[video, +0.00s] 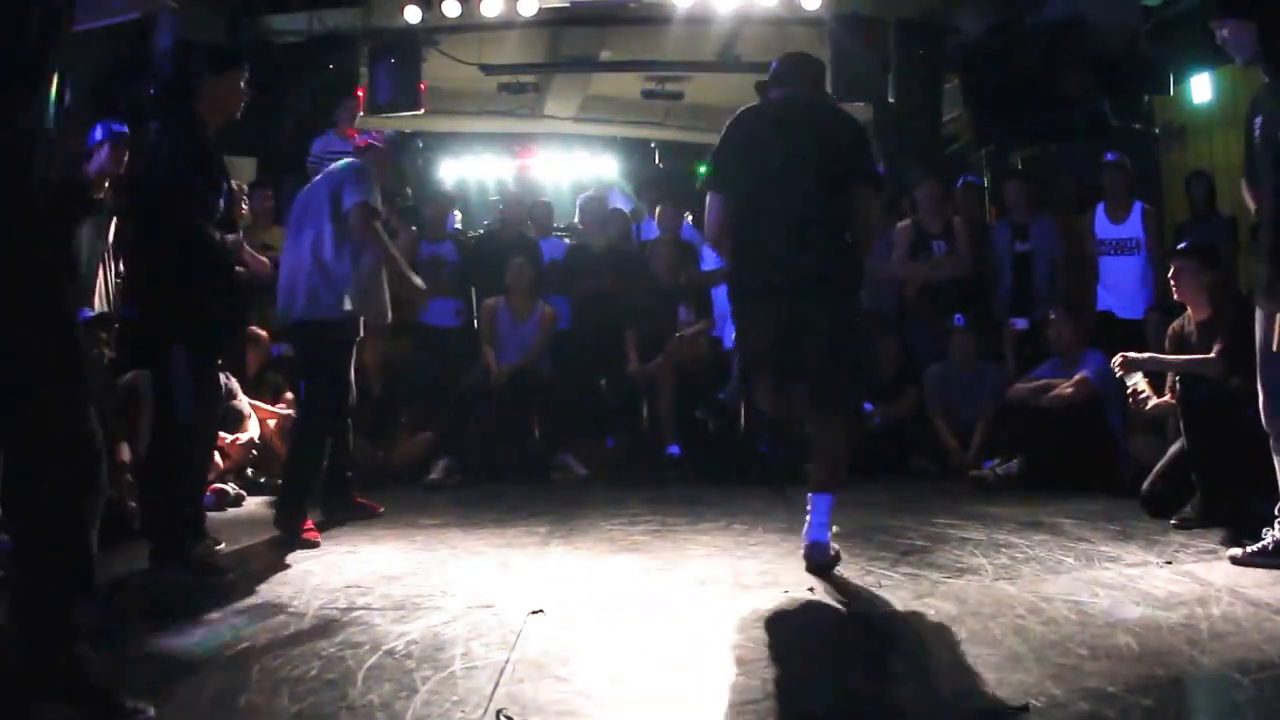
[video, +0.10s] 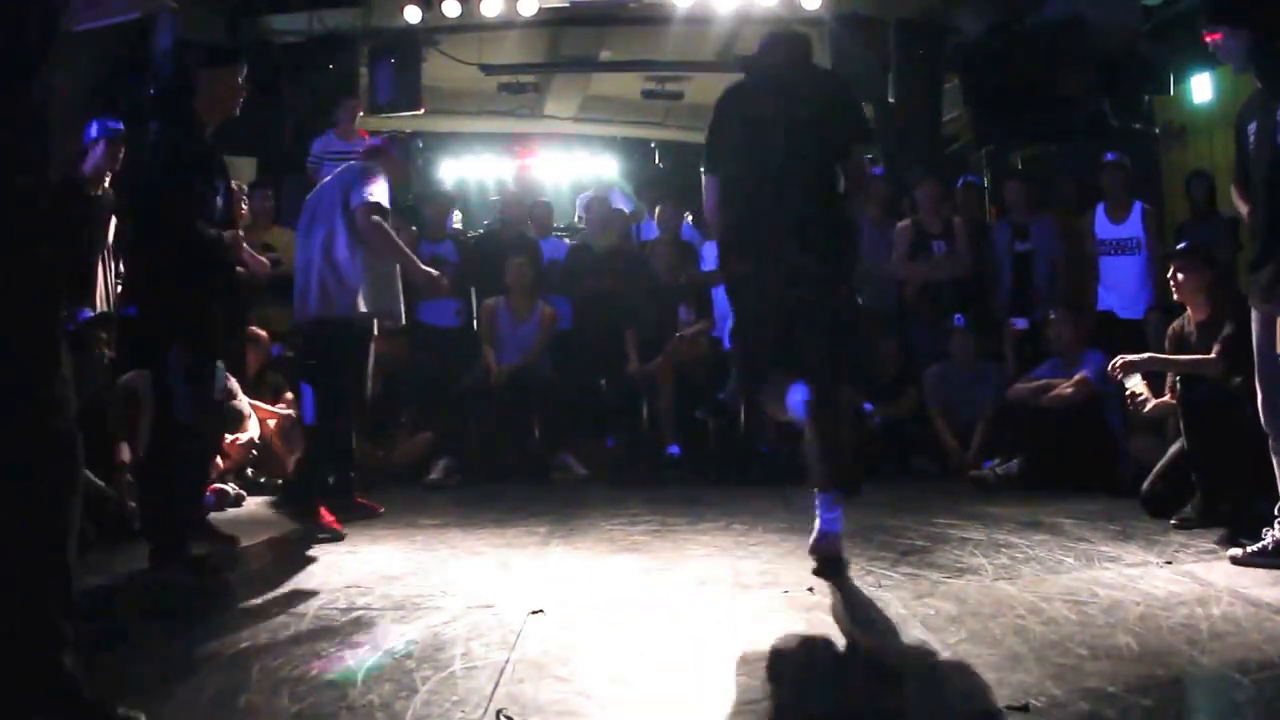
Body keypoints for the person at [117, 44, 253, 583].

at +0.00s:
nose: (244, 97)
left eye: (243, 86)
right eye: (237, 86)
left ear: (210, 87)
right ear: (208, 86)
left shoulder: (185, 141)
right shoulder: (183, 144)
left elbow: (192, 224)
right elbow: (183, 232)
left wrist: (234, 241)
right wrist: (235, 256)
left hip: (178, 308)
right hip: (176, 312)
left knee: (182, 424)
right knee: (187, 424)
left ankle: (175, 539)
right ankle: (177, 544)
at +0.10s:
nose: (241, 96)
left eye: (241, 86)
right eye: (233, 85)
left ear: (217, 88)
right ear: (205, 84)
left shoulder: (198, 144)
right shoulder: (175, 144)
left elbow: (196, 227)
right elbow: (174, 233)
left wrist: (235, 243)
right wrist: (229, 248)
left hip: (193, 308)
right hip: (173, 310)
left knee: (194, 424)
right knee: (180, 426)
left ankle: (187, 523)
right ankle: (169, 541)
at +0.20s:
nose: (240, 97)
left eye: (240, 87)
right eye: (234, 86)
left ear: (214, 88)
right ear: (205, 86)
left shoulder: (200, 143)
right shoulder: (173, 142)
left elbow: (197, 224)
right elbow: (169, 232)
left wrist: (233, 243)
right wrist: (229, 253)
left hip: (195, 307)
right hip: (174, 309)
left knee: (200, 418)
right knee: (186, 421)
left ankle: (198, 524)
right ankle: (177, 538)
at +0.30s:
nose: (235, 99)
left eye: (238, 89)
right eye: (228, 87)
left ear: (224, 93)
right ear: (199, 86)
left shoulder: (205, 147)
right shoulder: (166, 143)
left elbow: (209, 226)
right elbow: (162, 236)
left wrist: (237, 248)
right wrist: (223, 261)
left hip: (198, 306)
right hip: (168, 308)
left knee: (205, 420)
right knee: (179, 423)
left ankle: (213, 527)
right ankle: (167, 544)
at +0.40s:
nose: (230, 100)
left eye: (235, 90)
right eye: (223, 87)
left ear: (230, 94)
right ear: (196, 85)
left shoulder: (209, 147)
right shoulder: (166, 142)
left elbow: (220, 220)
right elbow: (163, 233)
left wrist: (245, 248)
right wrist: (226, 264)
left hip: (210, 308)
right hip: (170, 309)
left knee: (216, 420)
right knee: (170, 427)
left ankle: (217, 527)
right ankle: (167, 546)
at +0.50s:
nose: (230, 101)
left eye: (238, 93)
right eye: (222, 89)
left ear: (244, 101)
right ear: (196, 90)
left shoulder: (231, 157)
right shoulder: (163, 149)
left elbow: (241, 222)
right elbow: (150, 232)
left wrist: (255, 253)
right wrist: (209, 260)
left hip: (216, 312)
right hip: (169, 312)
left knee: (218, 419)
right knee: (172, 423)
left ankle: (217, 526)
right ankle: (166, 544)